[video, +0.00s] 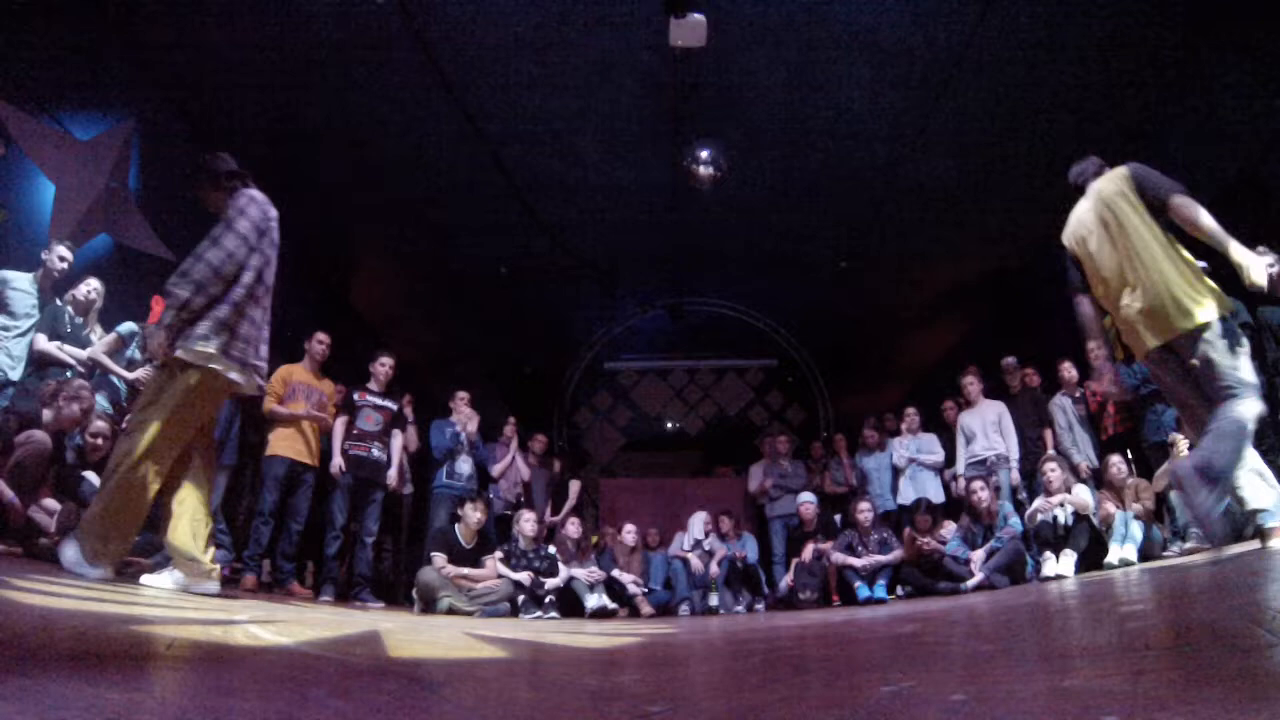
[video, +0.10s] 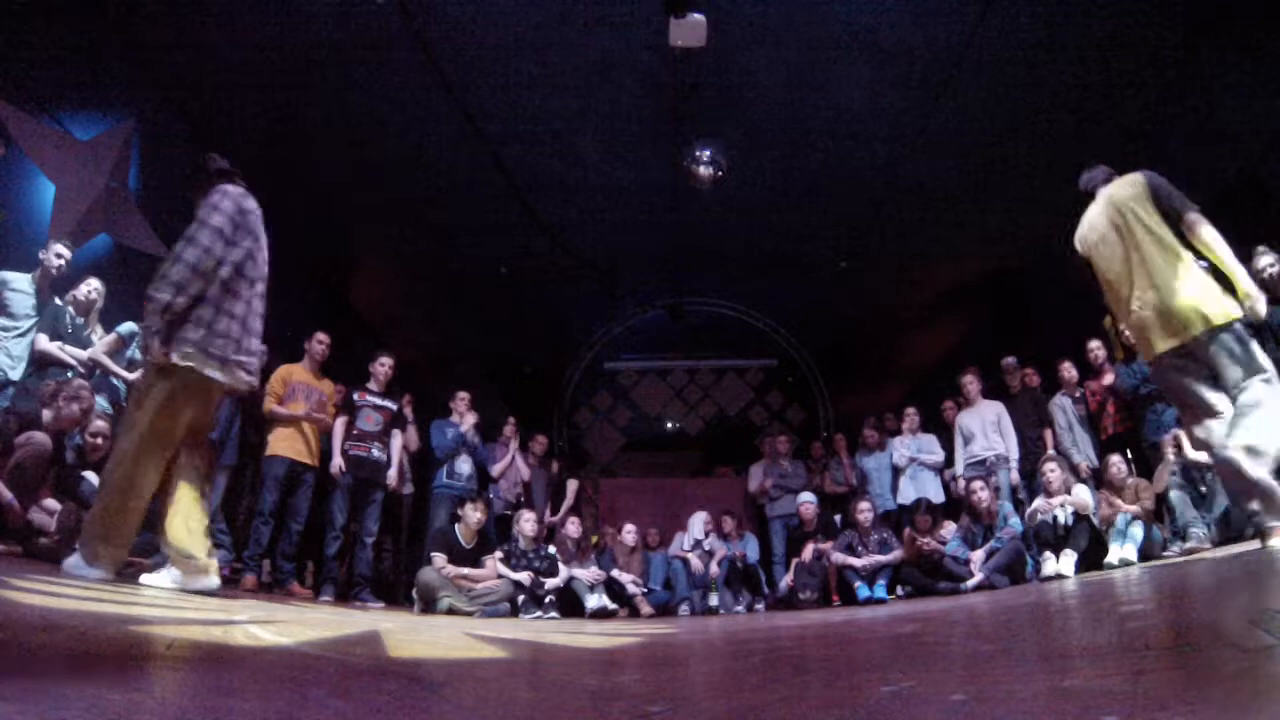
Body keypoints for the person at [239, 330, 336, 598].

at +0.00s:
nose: (323, 348)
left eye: (327, 345)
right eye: (319, 342)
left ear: (329, 351)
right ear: (307, 345)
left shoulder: (328, 386)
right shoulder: (286, 372)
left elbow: (329, 424)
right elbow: (268, 406)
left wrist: (318, 415)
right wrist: (300, 414)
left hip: (308, 454)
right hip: (281, 448)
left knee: (296, 519)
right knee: (267, 511)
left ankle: (285, 575)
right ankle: (251, 570)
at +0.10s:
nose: (323, 348)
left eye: (327, 345)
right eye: (319, 343)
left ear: (329, 351)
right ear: (307, 345)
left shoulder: (328, 386)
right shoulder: (286, 372)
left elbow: (329, 422)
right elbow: (269, 406)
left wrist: (317, 417)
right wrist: (299, 414)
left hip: (308, 453)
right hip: (281, 447)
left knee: (297, 518)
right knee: (267, 511)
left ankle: (285, 575)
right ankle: (251, 570)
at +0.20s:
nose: (323, 349)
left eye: (327, 345)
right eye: (319, 343)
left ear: (329, 352)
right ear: (307, 345)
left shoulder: (328, 387)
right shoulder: (286, 372)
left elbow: (328, 425)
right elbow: (268, 405)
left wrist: (319, 417)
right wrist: (301, 414)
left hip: (308, 454)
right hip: (281, 448)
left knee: (297, 519)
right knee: (267, 511)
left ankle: (285, 575)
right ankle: (252, 570)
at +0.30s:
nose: (323, 348)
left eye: (327, 345)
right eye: (319, 343)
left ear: (329, 351)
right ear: (307, 345)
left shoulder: (328, 386)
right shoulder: (286, 371)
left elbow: (328, 426)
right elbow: (268, 405)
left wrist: (320, 417)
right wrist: (300, 415)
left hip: (308, 454)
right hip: (281, 447)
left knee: (297, 519)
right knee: (267, 511)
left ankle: (285, 575)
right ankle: (252, 570)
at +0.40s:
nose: (324, 348)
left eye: (327, 345)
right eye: (320, 343)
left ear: (329, 351)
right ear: (307, 344)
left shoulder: (328, 386)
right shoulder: (285, 371)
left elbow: (329, 424)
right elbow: (268, 406)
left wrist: (316, 415)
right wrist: (298, 414)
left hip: (308, 454)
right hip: (281, 447)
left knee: (297, 518)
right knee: (267, 510)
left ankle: (285, 574)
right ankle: (252, 569)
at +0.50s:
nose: (323, 348)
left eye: (327, 345)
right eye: (319, 342)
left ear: (329, 351)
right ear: (307, 344)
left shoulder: (328, 385)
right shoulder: (285, 371)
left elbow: (328, 424)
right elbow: (267, 404)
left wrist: (321, 412)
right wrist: (299, 412)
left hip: (308, 453)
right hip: (281, 447)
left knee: (297, 518)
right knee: (267, 510)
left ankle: (285, 574)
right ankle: (252, 569)